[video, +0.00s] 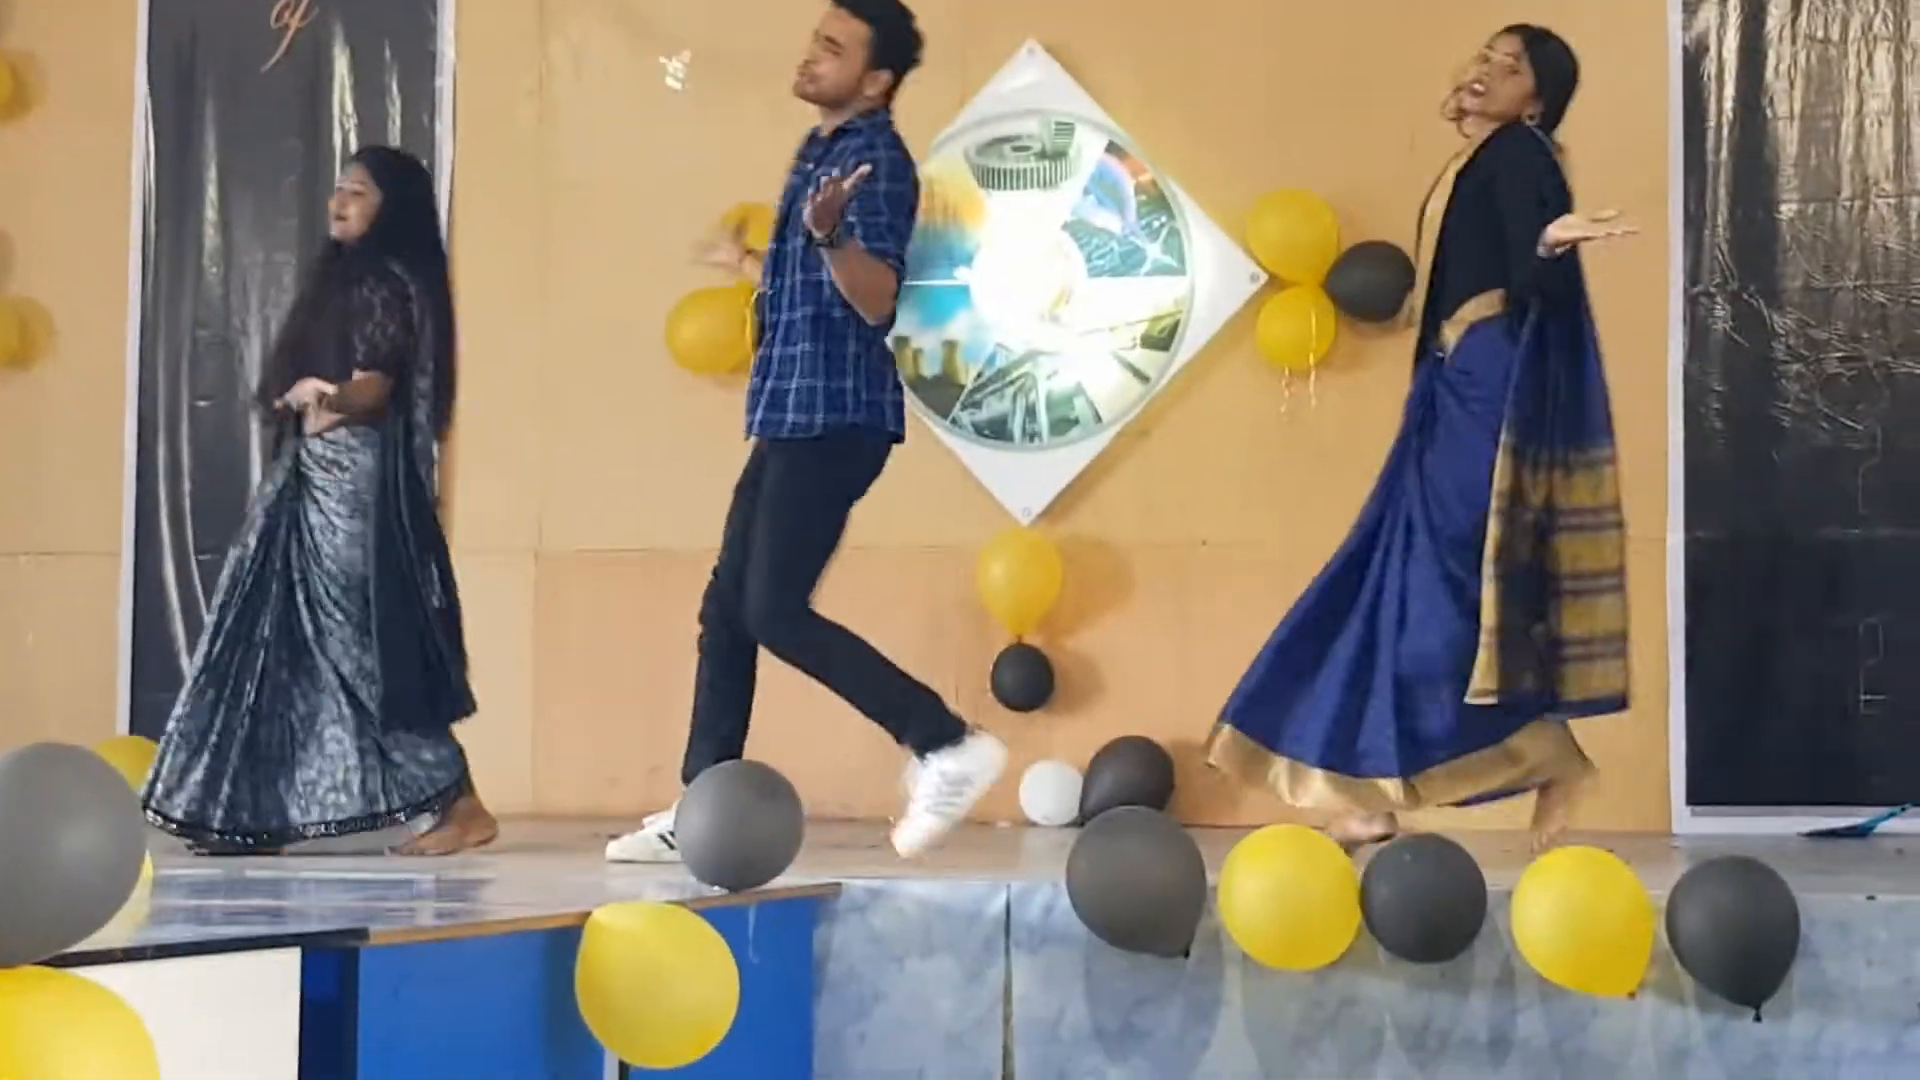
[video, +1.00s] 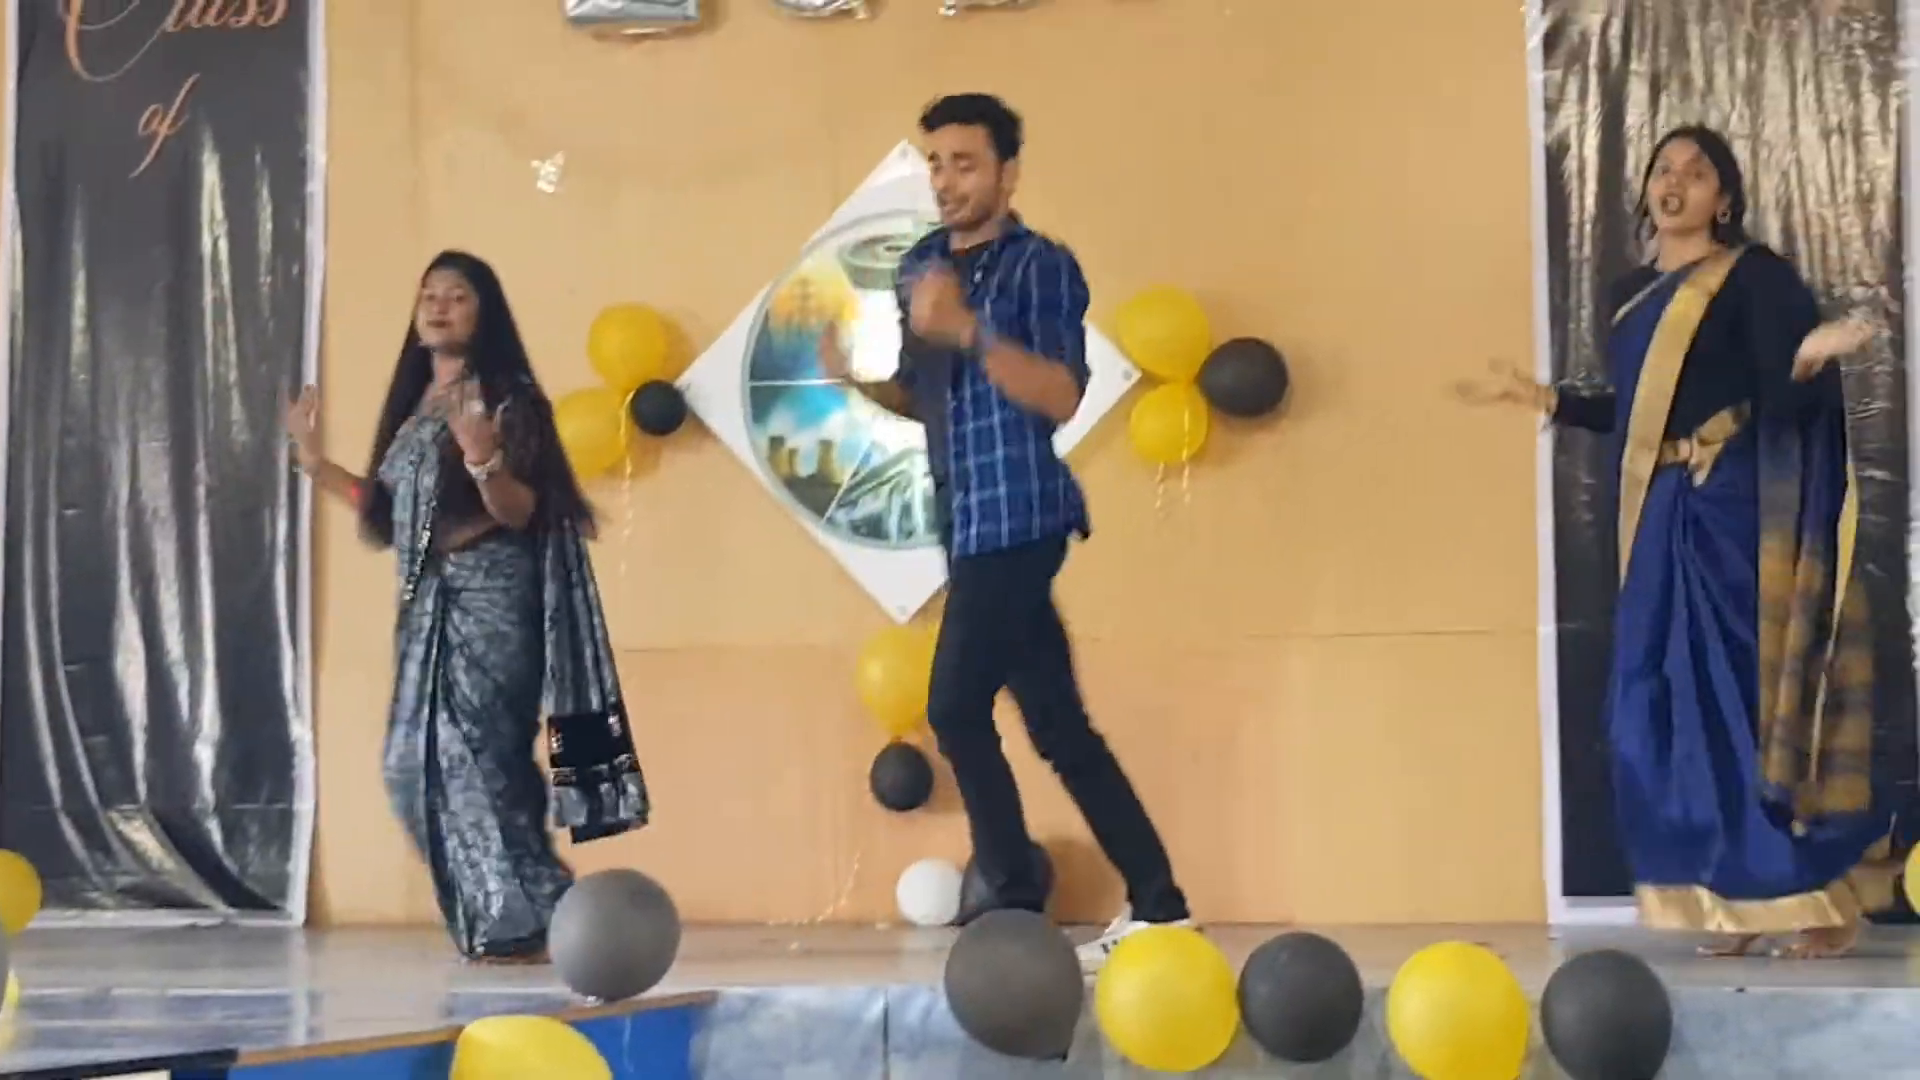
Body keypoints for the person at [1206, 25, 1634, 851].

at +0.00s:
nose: (1483, 69)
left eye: (1506, 66)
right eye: (1485, 55)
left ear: (1534, 99)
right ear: (1472, 73)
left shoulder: (1521, 153)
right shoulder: (1479, 162)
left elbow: (1531, 277)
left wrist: (1549, 238)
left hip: (1495, 383)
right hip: (1451, 386)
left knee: (1468, 570)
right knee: (1402, 574)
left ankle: (1558, 762)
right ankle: (1371, 794)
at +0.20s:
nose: (1543, 116)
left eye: (1566, 110)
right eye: (1544, 101)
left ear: (1597, 140)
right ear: (1534, 117)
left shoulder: (1581, 196)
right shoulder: (1553, 200)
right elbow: (1553, 290)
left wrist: (1617, 244)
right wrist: (1506, 300)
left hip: (1570, 431)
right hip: (1535, 431)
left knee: (1542, 619)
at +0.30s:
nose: (1580, 94)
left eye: (1602, 87)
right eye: (1582, 82)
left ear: (1636, 118)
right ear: (1577, 102)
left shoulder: (1612, 171)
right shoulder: (1584, 175)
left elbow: (1616, 238)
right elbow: (1581, 272)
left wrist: (1638, 216)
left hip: (1594, 409)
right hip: (1565, 408)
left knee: (1560, 584)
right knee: (1536, 582)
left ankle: (1560, 801)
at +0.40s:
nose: (1627, 79)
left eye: (1650, 76)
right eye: (1628, 65)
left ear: (1679, 109)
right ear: (1612, 83)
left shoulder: (1657, 159)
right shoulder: (1626, 169)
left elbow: (1671, 195)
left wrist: (1688, 186)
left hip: (1645, 404)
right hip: (1610, 405)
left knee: (1587, 588)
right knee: (1638, 599)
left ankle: (1567, 816)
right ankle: (1767, 763)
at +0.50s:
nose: (1657, 103)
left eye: (1679, 95)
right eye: (1659, 88)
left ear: (1714, 123)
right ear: (1653, 106)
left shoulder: (1704, 185)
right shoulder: (1661, 194)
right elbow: (1657, 300)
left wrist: (1734, 208)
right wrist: (1606, 275)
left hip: (1694, 431)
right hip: (1663, 427)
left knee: (1619, 608)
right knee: (1725, 621)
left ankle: (1594, 813)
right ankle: (1847, 793)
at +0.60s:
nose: (1679, 138)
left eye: (1701, 130)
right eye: (1675, 123)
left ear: (1736, 154)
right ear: (1665, 138)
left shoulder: (1738, 224)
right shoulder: (1676, 231)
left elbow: (1758, 338)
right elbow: (1666, 349)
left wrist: (1766, 258)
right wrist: (1608, 307)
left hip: (1738, 460)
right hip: (1691, 455)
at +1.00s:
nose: (1676, 183)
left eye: (1695, 172)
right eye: (1664, 171)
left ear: (1725, 194)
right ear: (1647, 193)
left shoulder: (1757, 275)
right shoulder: (1638, 305)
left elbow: (1794, 392)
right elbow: (1634, 412)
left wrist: (1814, 352)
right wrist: (1546, 400)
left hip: (1748, 524)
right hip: (1664, 529)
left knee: (1761, 697)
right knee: (1674, 705)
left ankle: (1820, 899)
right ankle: (1734, 907)